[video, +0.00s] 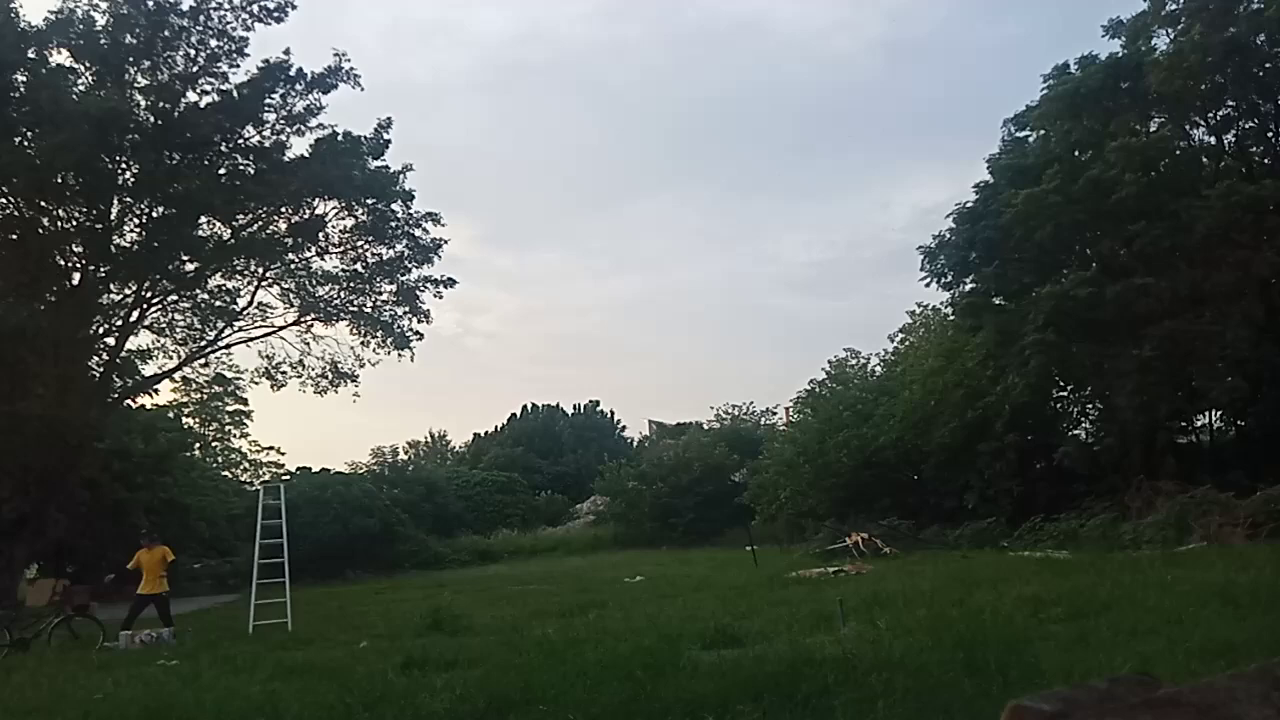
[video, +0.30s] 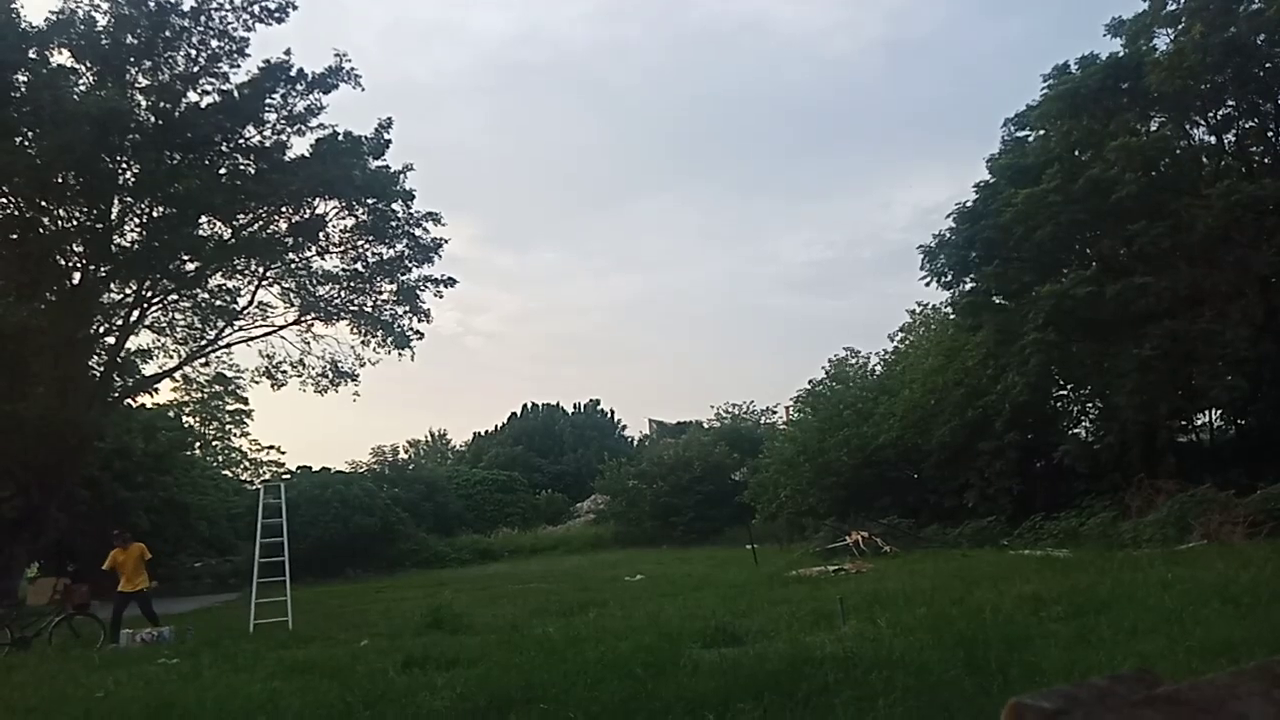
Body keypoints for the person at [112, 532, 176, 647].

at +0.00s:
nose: (143, 543)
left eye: (145, 540)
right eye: (141, 540)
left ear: (151, 539)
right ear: (141, 541)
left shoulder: (163, 550)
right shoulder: (140, 554)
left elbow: (173, 564)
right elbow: (128, 569)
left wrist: (166, 573)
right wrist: (115, 576)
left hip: (160, 591)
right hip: (144, 591)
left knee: (165, 617)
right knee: (131, 616)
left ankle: (173, 640)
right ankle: (120, 640)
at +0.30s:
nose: (116, 544)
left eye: (118, 541)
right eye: (115, 541)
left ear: (124, 540)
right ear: (115, 542)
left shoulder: (139, 547)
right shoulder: (115, 553)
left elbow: (150, 563)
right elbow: (106, 571)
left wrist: (153, 580)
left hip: (141, 587)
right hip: (124, 588)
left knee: (148, 612)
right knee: (116, 614)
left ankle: (161, 633)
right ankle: (114, 642)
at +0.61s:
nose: (110, 541)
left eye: (112, 538)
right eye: (109, 539)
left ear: (118, 537)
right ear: (108, 540)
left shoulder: (133, 545)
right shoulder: (107, 552)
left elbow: (143, 560)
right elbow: (99, 571)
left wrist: (144, 576)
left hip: (134, 584)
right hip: (117, 586)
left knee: (137, 613)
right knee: (114, 616)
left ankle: (138, 638)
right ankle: (114, 642)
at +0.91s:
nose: (115, 536)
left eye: (117, 533)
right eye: (113, 533)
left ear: (123, 533)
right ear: (110, 535)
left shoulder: (134, 545)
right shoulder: (108, 549)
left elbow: (141, 561)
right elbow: (99, 564)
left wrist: (131, 569)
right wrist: (94, 571)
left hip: (129, 586)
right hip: (113, 587)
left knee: (132, 615)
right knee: (111, 617)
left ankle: (134, 640)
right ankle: (113, 643)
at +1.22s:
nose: (119, 536)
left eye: (122, 533)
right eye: (118, 533)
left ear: (127, 534)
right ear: (116, 534)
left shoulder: (135, 547)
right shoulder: (112, 548)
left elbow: (137, 563)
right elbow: (99, 560)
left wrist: (120, 566)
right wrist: (108, 563)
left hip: (127, 588)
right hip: (111, 589)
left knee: (130, 618)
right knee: (110, 619)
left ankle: (132, 642)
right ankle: (111, 644)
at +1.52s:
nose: (122, 536)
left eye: (125, 533)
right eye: (121, 533)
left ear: (129, 535)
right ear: (117, 534)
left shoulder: (137, 549)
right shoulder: (112, 549)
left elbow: (140, 565)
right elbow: (96, 557)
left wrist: (125, 563)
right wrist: (107, 559)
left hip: (129, 590)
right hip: (112, 590)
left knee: (131, 620)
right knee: (110, 620)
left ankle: (133, 644)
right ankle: (111, 646)